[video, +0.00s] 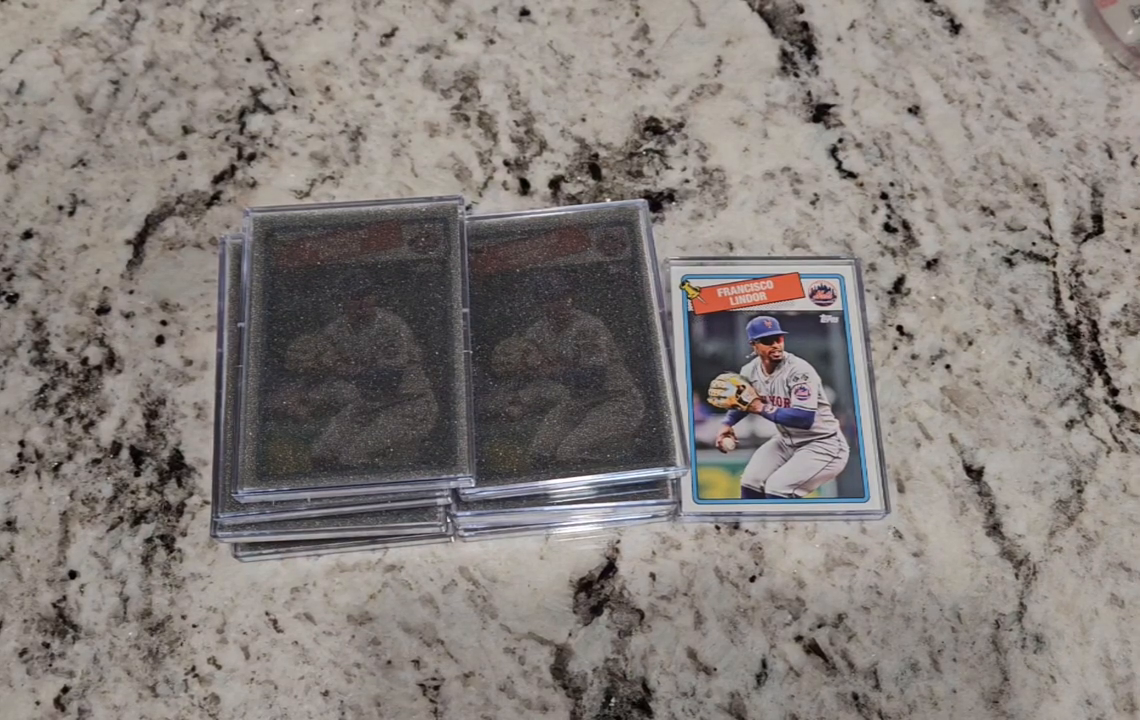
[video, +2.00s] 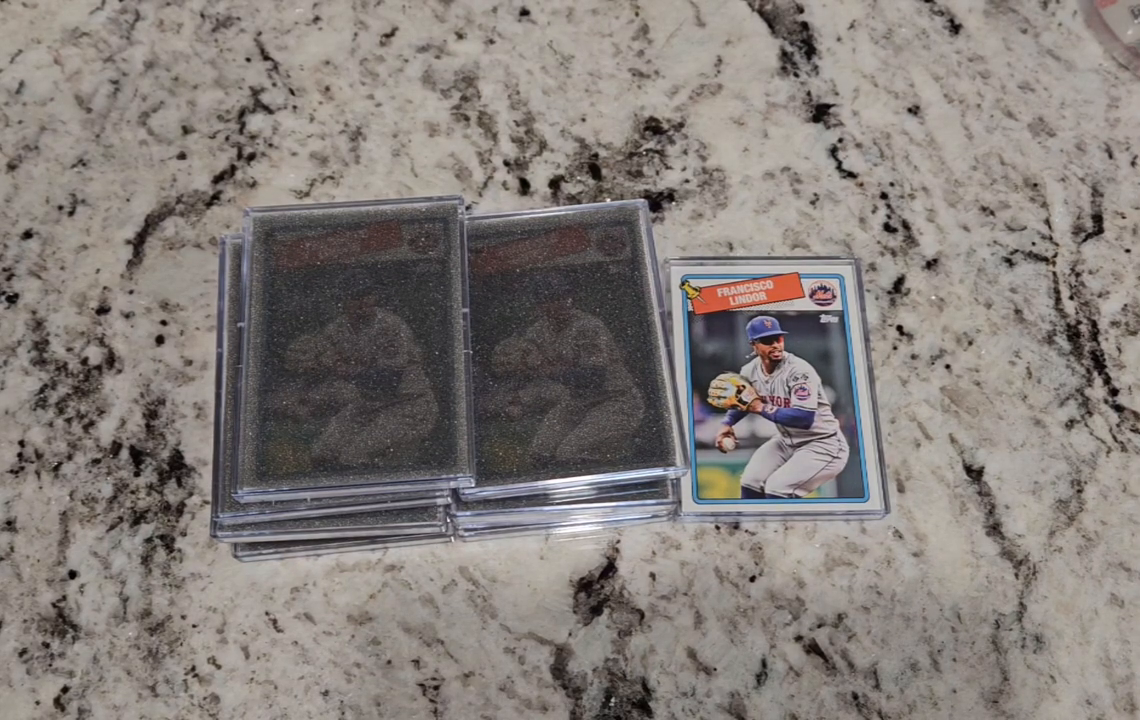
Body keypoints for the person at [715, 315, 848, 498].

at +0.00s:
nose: (776, 346)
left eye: (778, 339)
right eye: (767, 342)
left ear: (783, 339)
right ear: (754, 346)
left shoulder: (801, 371)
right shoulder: (749, 372)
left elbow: (804, 419)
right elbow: (743, 403)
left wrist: (761, 407)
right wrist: (726, 425)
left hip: (824, 446)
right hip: (786, 443)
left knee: (777, 488)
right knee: (751, 483)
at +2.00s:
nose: (776, 346)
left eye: (778, 339)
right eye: (767, 342)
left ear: (783, 339)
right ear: (754, 346)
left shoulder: (801, 371)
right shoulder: (749, 372)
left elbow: (804, 419)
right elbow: (743, 402)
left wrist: (760, 407)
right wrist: (726, 425)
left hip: (824, 445)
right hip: (786, 442)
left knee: (777, 487)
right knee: (751, 483)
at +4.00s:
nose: (775, 345)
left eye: (778, 339)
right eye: (767, 341)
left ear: (783, 339)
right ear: (754, 346)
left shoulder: (800, 371)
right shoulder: (748, 372)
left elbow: (803, 419)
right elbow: (742, 403)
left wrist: (760, 407)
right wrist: (726, 425)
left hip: (824, 445)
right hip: (786, 443)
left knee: (776, 488)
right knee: (750, 482)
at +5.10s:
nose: (782, 362)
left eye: (784, 355)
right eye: (774, 358)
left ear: (789, 355)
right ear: (761, 363)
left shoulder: (808, 386)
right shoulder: (757, 389)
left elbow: (814, 433)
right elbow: (753, 421)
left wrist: (771, 425)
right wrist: (737, 445)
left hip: (826, 462)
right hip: (795, 460)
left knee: (791, 507)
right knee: (764, 503)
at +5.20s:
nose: (801, 377)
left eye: (803, 370)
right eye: (793, 373)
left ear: (809, 370)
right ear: (780, 379)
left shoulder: (826, 402)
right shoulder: (775, 404)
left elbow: (834, 450)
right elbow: (771, 437)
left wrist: (789, 441)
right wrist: (755, 461)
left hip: (845, 479)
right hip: (814, 476)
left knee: (809, 524)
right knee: (782, 519)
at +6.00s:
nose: (816, 389)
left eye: (818, 382)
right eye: (807, 386)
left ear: (823, 382)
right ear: (794, 391)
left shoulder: (842, 415)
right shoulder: (790, 417)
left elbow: (848, 464)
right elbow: (786, 449)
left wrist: (805, 455)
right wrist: (770, 474)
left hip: (867, 489)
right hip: (831, 489)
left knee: (826, 537)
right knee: (799, 533)